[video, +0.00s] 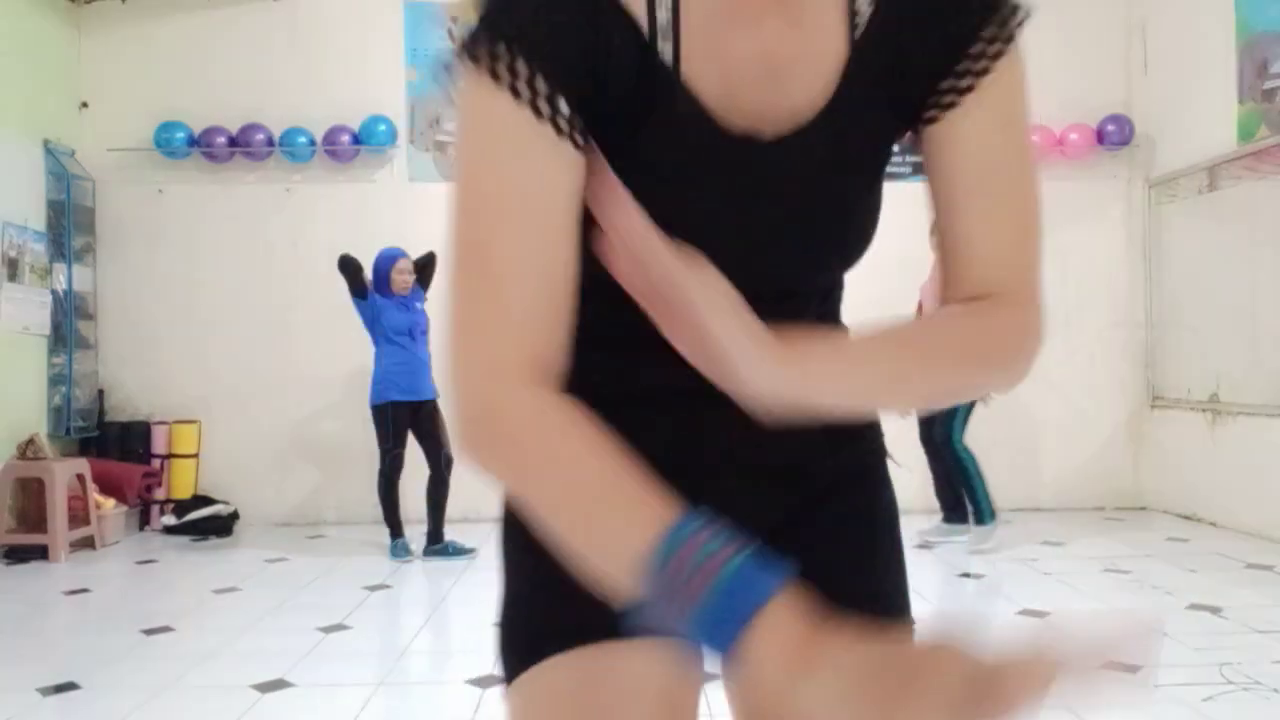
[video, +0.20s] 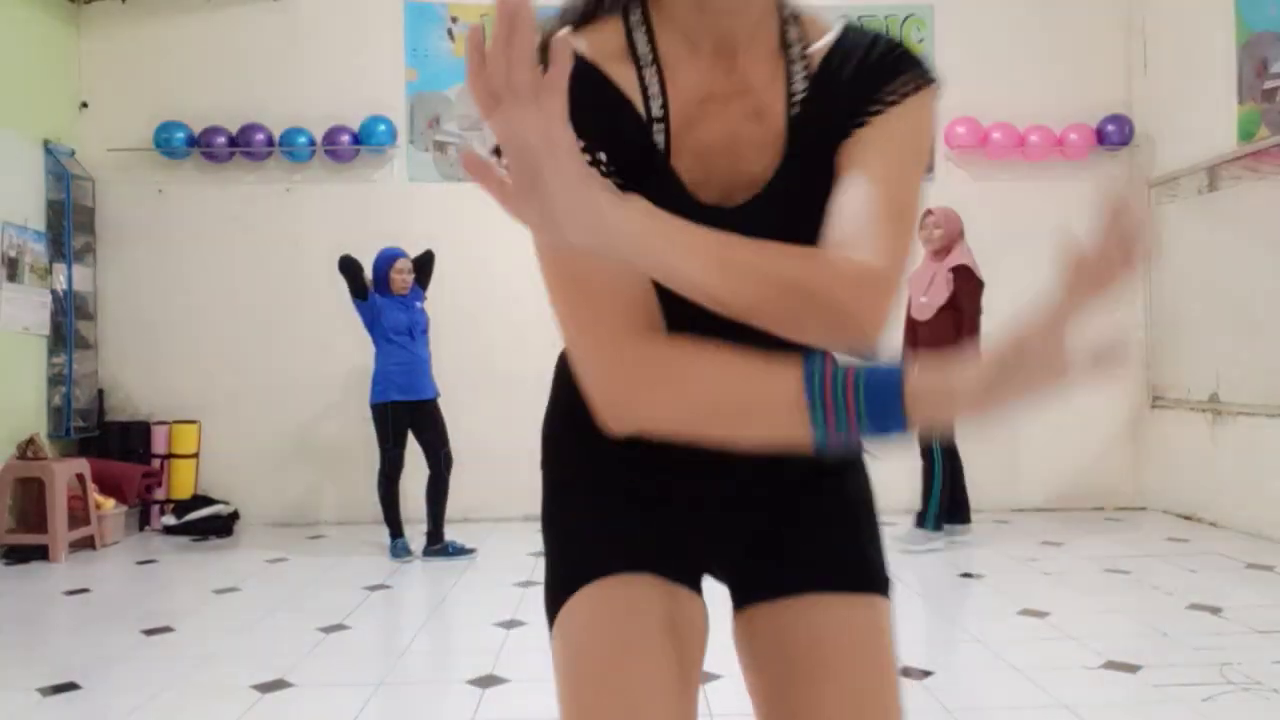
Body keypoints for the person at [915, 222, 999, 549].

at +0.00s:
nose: (934, 238)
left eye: (939, 233)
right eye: (935, 233)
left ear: (956, 237)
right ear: (937, 236)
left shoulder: (969, 275)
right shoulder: (937, 275)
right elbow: (924, 316)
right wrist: (921, 342)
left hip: (965, 356)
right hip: (937, 356)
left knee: (947, 434)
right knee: (932, 435)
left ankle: (984, 517)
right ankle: (954, 517)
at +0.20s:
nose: (930, 233)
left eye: (938, 227)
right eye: (926, 227)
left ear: (954, 232)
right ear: (920, 234)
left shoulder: (963, 271)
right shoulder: (922, 272)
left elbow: (970, 324)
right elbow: (912, 322)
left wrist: (968, 369)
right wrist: (906, 364)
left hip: (946, 364)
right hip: (918, 363)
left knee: (933, 440)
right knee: (939, 440)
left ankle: (930, 518)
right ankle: (956, 512)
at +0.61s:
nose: (907, 232)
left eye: (914, 226)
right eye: (904, 228)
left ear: (933, 231)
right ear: (902, 235)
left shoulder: (940, 275)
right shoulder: (907, 273)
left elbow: (941, 330)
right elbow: (904, 327)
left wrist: (928, 374)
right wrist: (894, 369)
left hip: (933, 375)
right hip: (907, 373)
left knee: (919, 444)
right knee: (900, 441)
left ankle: (923, 527)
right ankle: (945, 507)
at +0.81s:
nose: (896, 231)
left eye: (903, 226)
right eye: (893, 227)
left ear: (923, 231)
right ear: (892, 235)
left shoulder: (929, 276)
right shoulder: (903, 272)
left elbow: (933, 332)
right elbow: (906, 327)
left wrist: (918, 376)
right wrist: (896, 368)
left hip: (924, 378)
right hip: (897, 373)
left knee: (913, 448)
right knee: (868, 435)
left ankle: (921, 530)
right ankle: (906, 511)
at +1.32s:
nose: (873, 232)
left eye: (882, 226)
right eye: (869, 226)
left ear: (896, 233)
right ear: (862, 233)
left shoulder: (910, 267)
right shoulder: (861, 273)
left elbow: (924, 320)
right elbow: (852, 331)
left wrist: (918, 369)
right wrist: (848, 384)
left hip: (899, 380)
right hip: (862, 380)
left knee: (896, 451)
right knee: (862, 456)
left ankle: (919, 528)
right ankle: (864, 531)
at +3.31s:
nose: (906, 236)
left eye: (913, 230)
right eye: (900, 231)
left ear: (923, 237)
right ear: (891, 236)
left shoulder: (935, 275)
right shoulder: (876, 275)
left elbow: (951, 324)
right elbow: (861, 325)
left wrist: (960, 368)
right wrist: (858, 372)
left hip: (930, 374)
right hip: (887, 374)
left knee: (929, 447)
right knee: (890, 445)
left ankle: (927, 518)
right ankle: (887, 518)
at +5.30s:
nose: (907, 229)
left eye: (913, 224)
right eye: (900, 225)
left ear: (922, 232)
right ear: (889, 234)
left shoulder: (936, 274)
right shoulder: (876, 274)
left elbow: (949, 327)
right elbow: (866, 329)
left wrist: (955, 374)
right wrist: (874, 371)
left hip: (922, 365)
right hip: (882, 369)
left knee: (947, 420)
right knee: (886, 443)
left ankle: (925, 491)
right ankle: (889, 519)